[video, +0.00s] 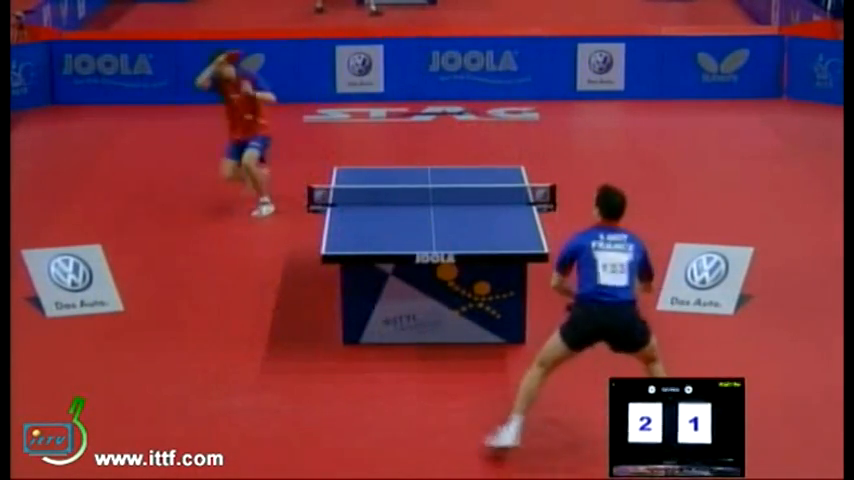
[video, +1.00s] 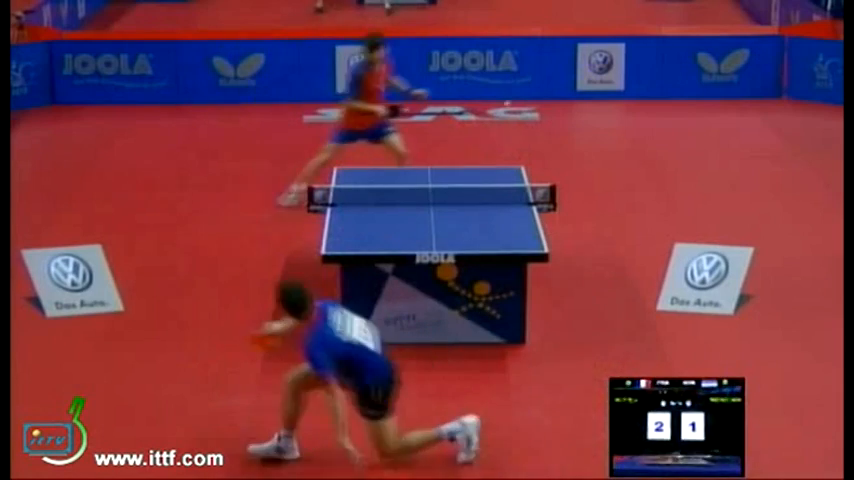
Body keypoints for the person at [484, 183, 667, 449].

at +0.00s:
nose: (595, 208)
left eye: (596, 205)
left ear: (597, 209)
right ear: (623, 211)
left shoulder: (583, 239)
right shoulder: (634, 243)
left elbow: (557, 283)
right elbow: (647, 284)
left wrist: (579, 295)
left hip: (587, 316)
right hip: (624, 317)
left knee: (541, 366)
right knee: (652, 362)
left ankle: (513, 426)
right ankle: (671, 419)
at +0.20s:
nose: (586, 237)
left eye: (588, 233)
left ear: (588, 237)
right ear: (613, 242)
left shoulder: (568, 264)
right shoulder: (616, 277)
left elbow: (556, 308)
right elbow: (619, 322)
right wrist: (637, 342)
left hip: (555, 344)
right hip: (591, 347)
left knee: (508, 390)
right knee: (626, 366)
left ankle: (495, 449)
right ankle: (635, 437)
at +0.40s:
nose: (559, 267)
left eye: (558, 261)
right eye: (558, 262)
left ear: (529, 259)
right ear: (553, 267)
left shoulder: (504, 286)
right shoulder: (541, 303)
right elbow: (554, 351)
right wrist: (589, 350)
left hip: (502, 374)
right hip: (539, 374)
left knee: (472, 399)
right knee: (595, 392)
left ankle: (481, 433)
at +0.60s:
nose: (414, 319)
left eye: (418, 317)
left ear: (424, 327)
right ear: (444, 316)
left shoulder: (436, 362)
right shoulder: (463, 321)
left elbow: (419, 410)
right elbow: (432, 308)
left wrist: (386, 443)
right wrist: (406, 319)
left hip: (489, 412)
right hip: (518, 390)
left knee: (425, 416)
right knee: (537, 387)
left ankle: (482, 444)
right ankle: (583, 420)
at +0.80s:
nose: (347, 350)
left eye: (350, 347)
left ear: (356, 348)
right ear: (370, 331)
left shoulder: (382, 379)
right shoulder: (386, 333)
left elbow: (385, 430)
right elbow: (361, 345)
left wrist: (381, 472)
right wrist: (340, 362)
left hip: (449, 401)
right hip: (458, 370)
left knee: (396, 454)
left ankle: (458, 439)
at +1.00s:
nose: (283, 311)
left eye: (284, 307)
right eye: (284, 307)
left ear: (292, 311)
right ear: (307, 299)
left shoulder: (317, 343)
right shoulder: (324, 307)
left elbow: (334, 391)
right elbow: (297, 319)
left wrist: (343, 438)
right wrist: (276, 328)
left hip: (375, 382)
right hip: (358, 366)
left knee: (389, 450)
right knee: (295, 381)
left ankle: (458, 429)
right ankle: (286, 442)